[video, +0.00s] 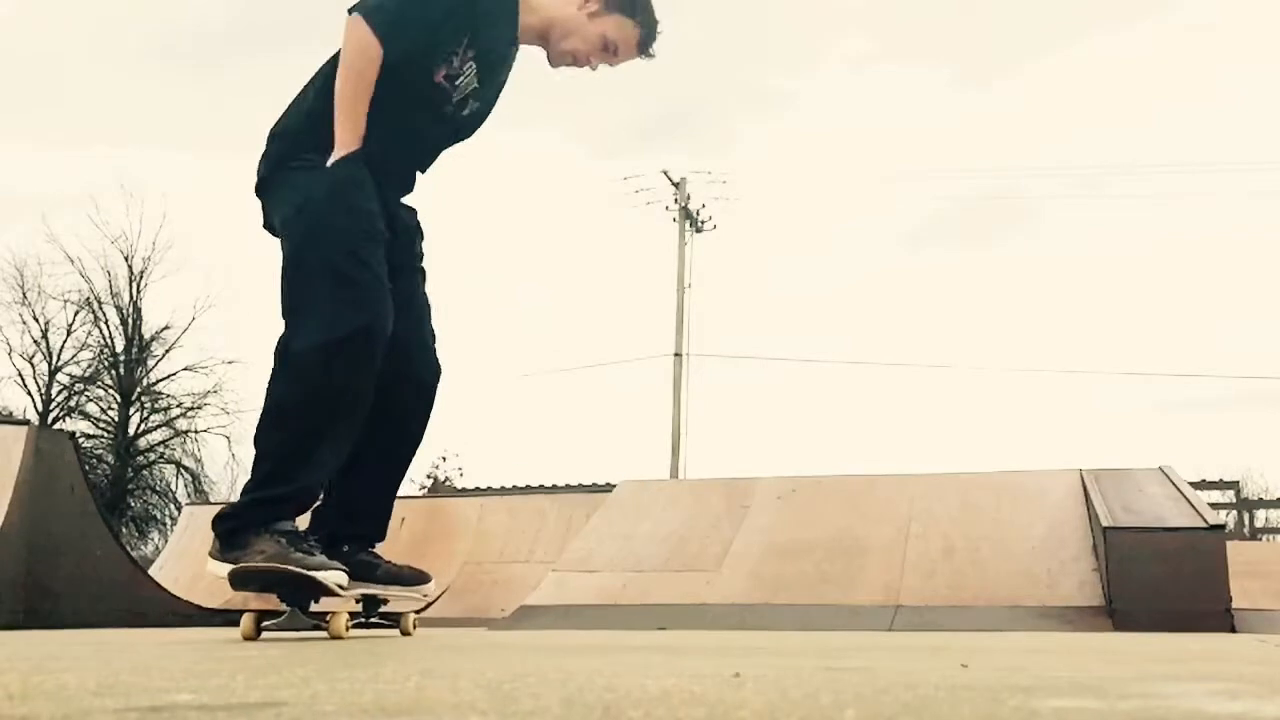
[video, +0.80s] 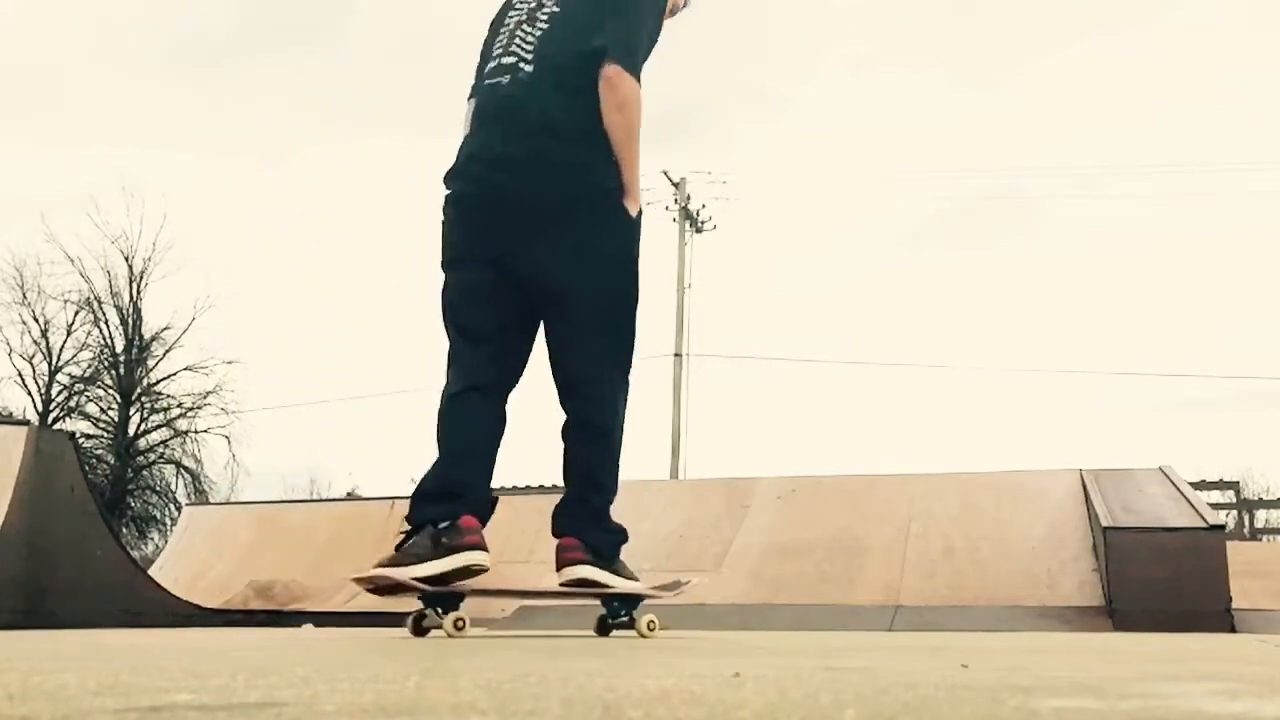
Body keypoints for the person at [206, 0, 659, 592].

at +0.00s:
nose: (595, 63)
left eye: (608, 61)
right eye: (605, 46)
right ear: (586, 6)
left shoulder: (495, 68)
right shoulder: (476, 9)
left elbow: (410, 134)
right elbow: (366, 28)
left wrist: (394, 196)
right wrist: (346, 156)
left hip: (383, 194)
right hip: (322, 165)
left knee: (410, 371)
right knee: (348, 331)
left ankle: (342, 541)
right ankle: (256, 526)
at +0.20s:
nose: (582, 62)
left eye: (594, 62)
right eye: (595, 48)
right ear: (583, 4)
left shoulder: (499, 42)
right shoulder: (518, 5)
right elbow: (454, 33)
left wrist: (417, 183)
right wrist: (417, 147)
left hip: (394, 180)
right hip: (367, 154)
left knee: (402, 360)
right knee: (348, 323)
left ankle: (331, 538)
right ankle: (240, 519)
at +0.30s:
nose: (567, 51)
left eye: (578, 52)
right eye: (579, 38)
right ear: (569, 3)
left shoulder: (452, 14)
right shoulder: (530, 6)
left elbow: (370, 81)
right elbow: (490, 47)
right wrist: (473, 156)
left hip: (356, 156)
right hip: (401, 153)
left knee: (369, 338)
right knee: (406, 328)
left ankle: (327, 538)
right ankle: (274, 497)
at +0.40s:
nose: (567, 43)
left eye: (576, 42)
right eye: (579, 31)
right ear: (575, 1)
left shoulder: (432, 15)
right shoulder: (543, 2)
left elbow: (362, 94)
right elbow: (512, 47)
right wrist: (509, 164)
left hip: (362, 154)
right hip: (441, 146)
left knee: (378, 344)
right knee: (472, 331)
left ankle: (304, 530)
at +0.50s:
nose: (583, 34)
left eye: (592, 31)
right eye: (594, 22)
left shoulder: (432, 8)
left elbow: (377, 94)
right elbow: (527, 53)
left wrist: (386, 171)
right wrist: (540, 171)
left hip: (385, 168)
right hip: (473, 163)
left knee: (399, 364)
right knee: (534, 345)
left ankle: (344, 522)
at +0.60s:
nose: (609, 25)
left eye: (616, 23)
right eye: (618, 15)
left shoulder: (458, 10)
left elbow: (404, 102)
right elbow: (547, 61)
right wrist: (567, 175)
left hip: (411, 185)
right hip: (506, 180)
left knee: (433, 373)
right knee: (572, 359)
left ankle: (411, 530)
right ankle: (584, 532)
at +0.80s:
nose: (671, 17)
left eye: (674, 11)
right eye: (675, 9)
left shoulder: (517, 8)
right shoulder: (637, 1)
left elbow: (479, 106)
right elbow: (617, 77)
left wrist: (490, 180)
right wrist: (631, 190)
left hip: (482, 195)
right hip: (579, 198)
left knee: (477, 369)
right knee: (594, 383)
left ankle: (450, 518)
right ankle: (585, 535)